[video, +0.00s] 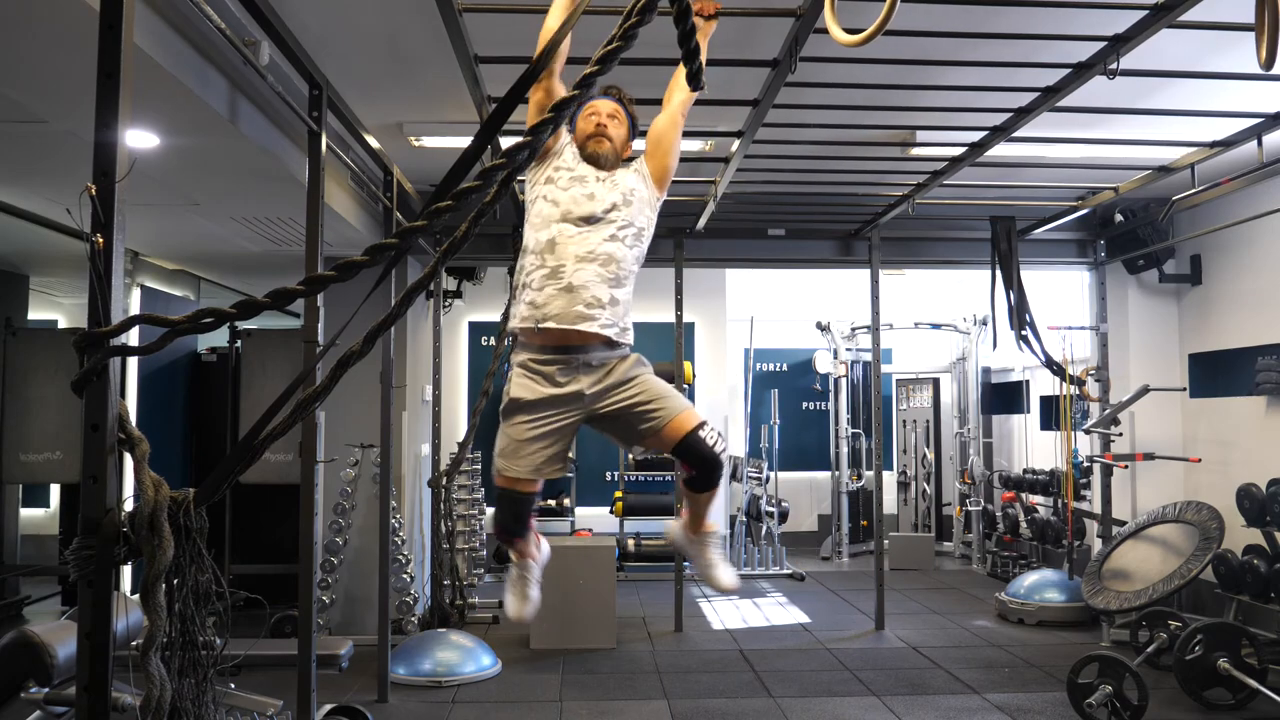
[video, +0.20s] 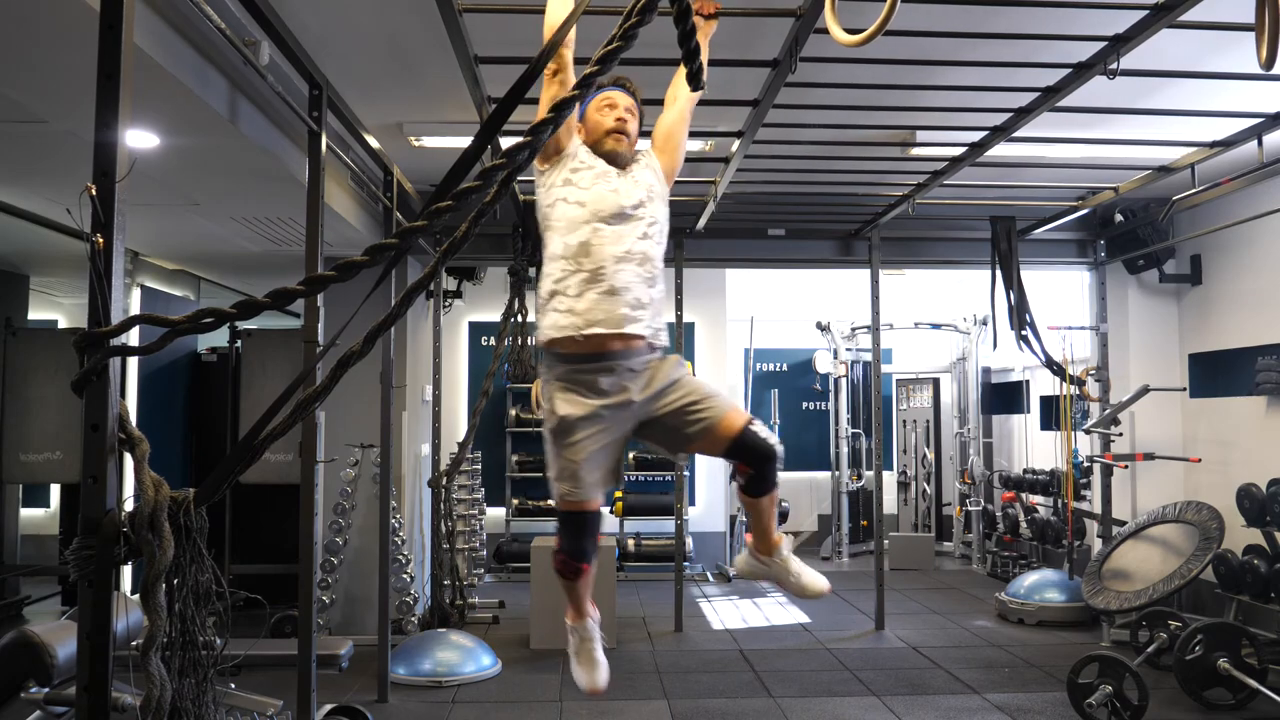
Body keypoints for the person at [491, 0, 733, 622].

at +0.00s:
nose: (600, 116)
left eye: (613, 113)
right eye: (590, 112)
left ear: (630, 139)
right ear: (571, 130)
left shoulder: (644, 181)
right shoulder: (549, 162)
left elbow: (678, 103)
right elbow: (546, 67)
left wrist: (701, 32)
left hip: (612, 363)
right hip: (535, 366)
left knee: (706, 457)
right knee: (509, 517)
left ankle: (695, 531)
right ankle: (527, 557)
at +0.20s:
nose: (622, 115)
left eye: (631, 112)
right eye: (609, 108)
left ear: (640, 130)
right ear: (581, 126)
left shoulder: (652, 172)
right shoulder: (560, 168)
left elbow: (681, 102)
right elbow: (555, 67)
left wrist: (701, 34)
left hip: (647, 366)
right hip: (573, 377)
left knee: (759, 450)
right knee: (577, 536)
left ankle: (766, 553)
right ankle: (582, 622)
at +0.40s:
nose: (662, 100)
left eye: (668, 98)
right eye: (647, 96)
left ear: (678, 121)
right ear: (620, 120)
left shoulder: (692, 165)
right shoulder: (612, 161)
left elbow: (704, 92)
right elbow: (588, 68)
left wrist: (707, 30)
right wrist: (583, 28)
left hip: (729, 363)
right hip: (657, 371)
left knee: (830, 468)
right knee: (648, 538)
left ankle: (798, 581)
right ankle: (617, 652)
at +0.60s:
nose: (695, 85)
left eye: (695, 81)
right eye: (679, 82)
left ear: (699, 109)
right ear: (653, 108)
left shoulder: (720, 151)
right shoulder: (648, 151)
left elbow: (719, 96)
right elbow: (613, 77)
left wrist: (707, 32)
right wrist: (592, 25)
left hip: (791, 336)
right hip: (725, 344)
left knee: (879, 461)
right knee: (719, 518)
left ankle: (822, 580)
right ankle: (657, 649)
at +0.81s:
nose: (681, 83)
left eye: (686, 80)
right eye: (666, 80)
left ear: (692, 104)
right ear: (641, 104)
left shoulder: (713, 145)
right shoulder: (640, 152)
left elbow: (722, 93)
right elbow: (604, 88)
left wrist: (708, 35)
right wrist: (592, 51)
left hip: (803, 320)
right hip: (743, 326)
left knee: (895, 447)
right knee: (769, 487)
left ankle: (829, 575)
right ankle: (713, 651)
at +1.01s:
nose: (644, 78)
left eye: (649, 76)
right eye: (631, 78)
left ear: (663, 97)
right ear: (612, 104)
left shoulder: (691, 138)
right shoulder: (614, 152)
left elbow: (718, 94)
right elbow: (592, 123)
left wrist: (706, 29)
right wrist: (585, 76)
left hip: (768, 302)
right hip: (712, 307)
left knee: (832, 458)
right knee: (766, 453)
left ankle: (781, 601)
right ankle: (731, 633)